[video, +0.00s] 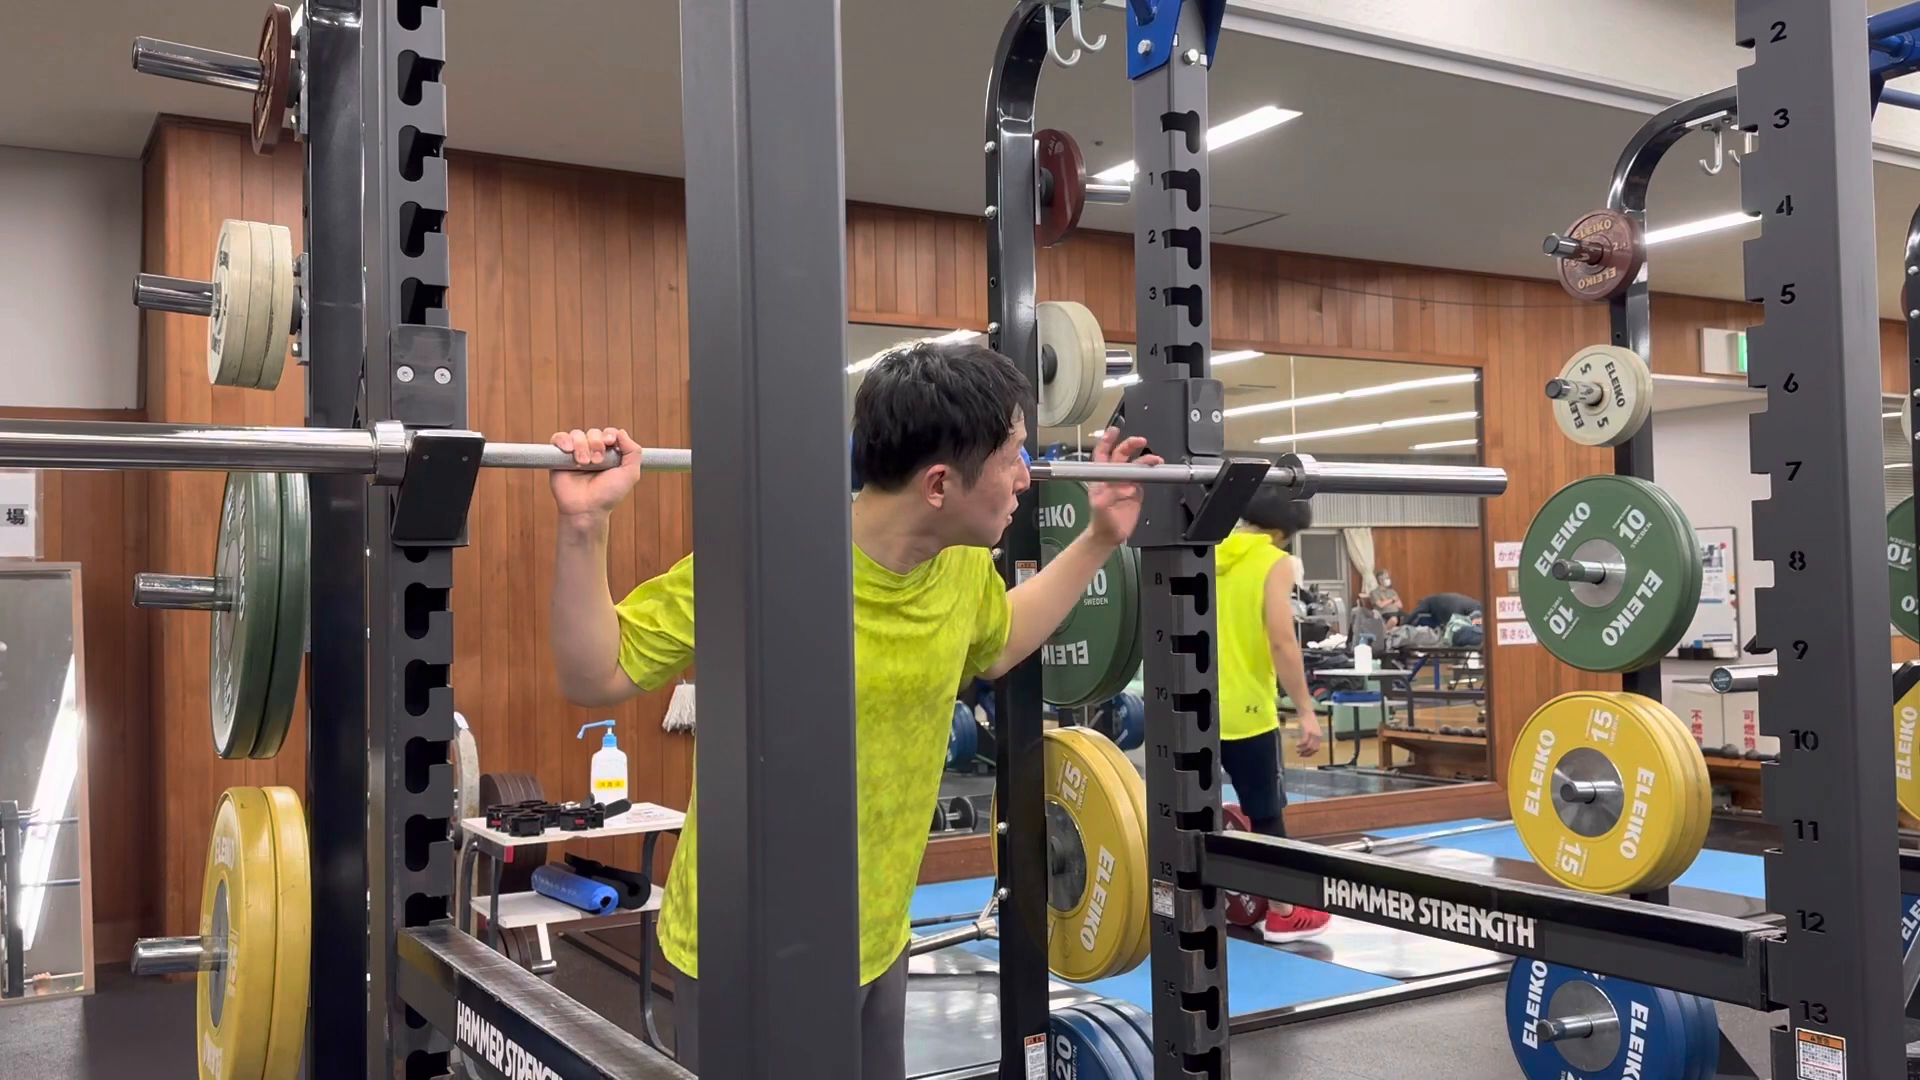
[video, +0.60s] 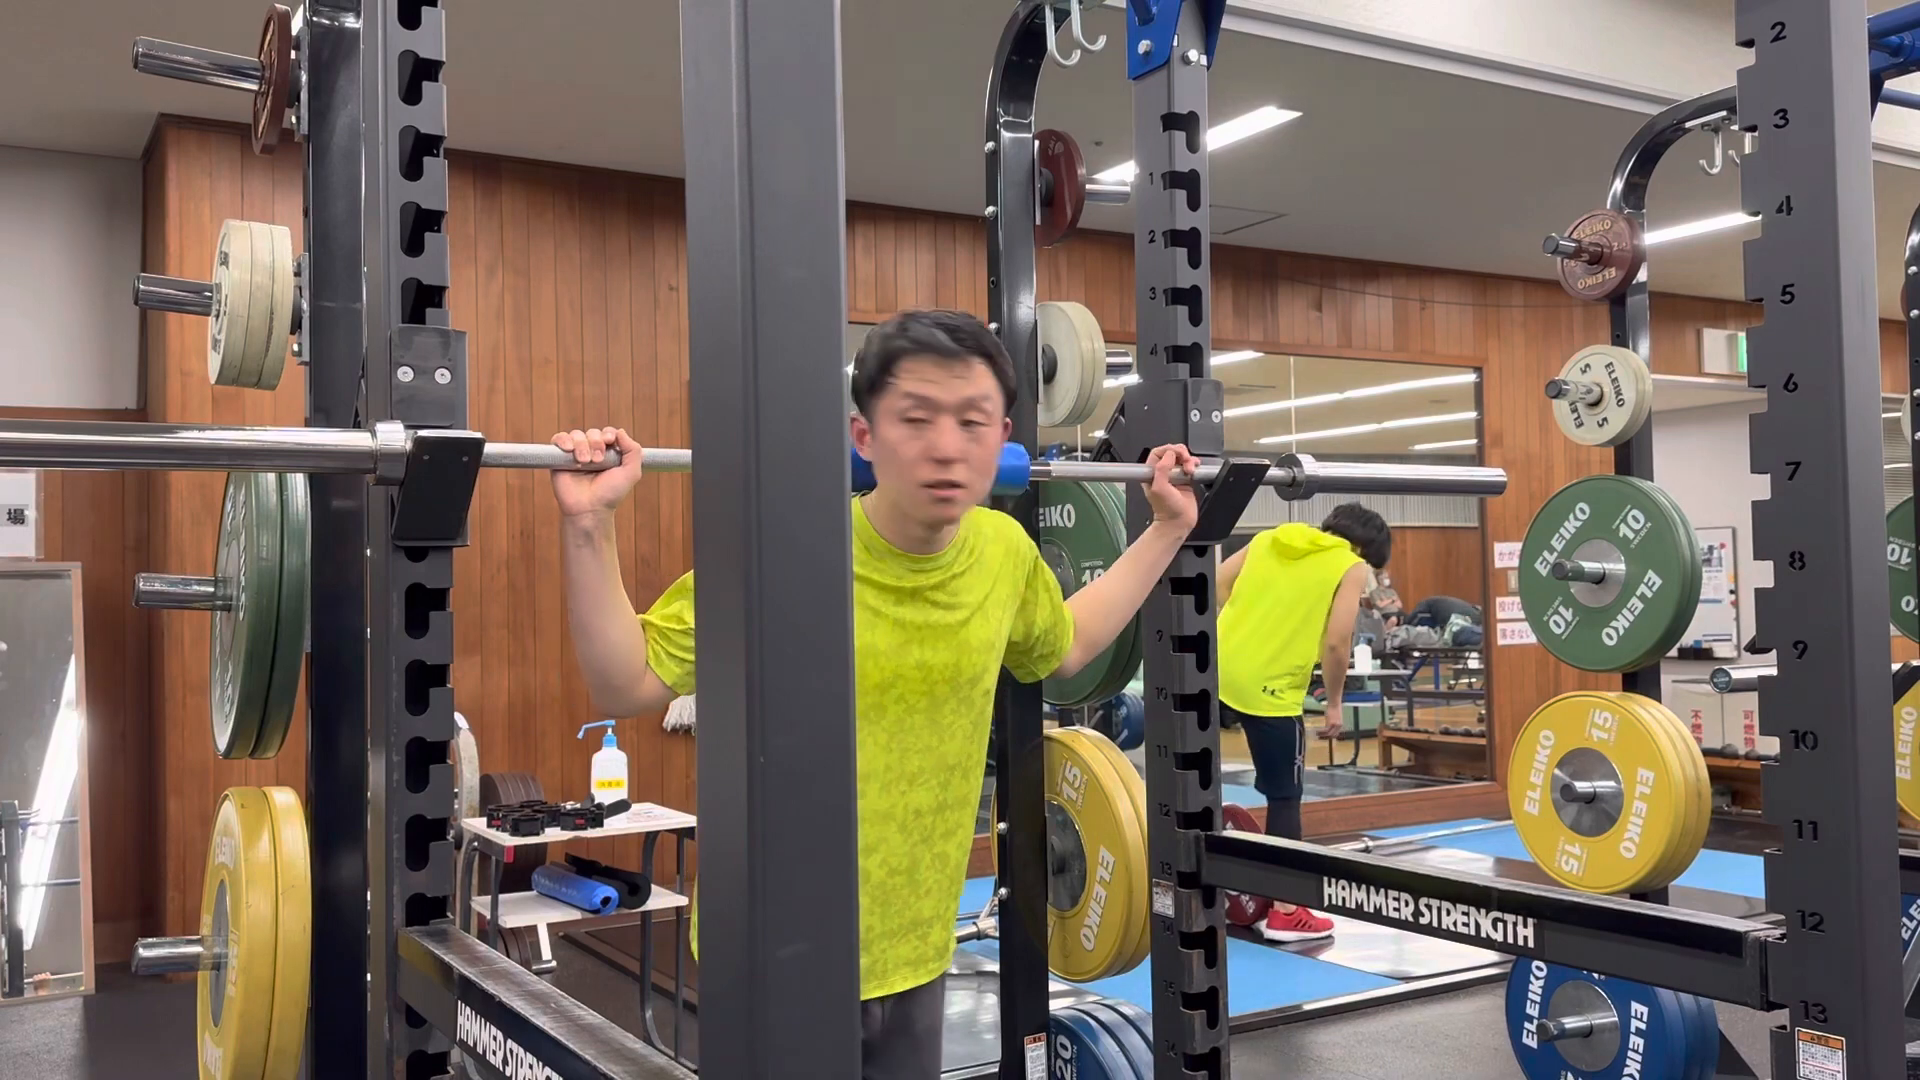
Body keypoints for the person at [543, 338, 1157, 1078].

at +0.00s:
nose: (1026, 476)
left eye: (1022, 453)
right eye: (1011, 457)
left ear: (941, 486)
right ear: (938, 484)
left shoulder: (965, 569)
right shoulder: (770, 561)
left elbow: (994, 648)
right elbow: (595, 675)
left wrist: (1102, 538)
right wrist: (581, 527)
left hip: (875, 952)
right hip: (742, 959)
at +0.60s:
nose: (948, 449)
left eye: (974, 420)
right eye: (916, 418)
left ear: (1002, 436)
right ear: (863, 435)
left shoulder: (1002, 552)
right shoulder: (788, 549)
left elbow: (1059, 647)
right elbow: (630, 688)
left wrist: (1167, 533)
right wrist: (587, 527)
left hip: (915, 961)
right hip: (777, 966)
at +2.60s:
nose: (960, 430)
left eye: (982, 400)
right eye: (929, 399)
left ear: (1003, 399)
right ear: (863, 398)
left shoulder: (1009, 501)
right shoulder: (796, 502)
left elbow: (1052, 599)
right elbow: (632, 620)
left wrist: (1162, 503)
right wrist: (584, 479)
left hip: (986, 932)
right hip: (844, 952)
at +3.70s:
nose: (1037, 455)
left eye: (1057, 422)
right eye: (1004, 424)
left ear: (1076, 417)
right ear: (924, 419)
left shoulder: (1072, 524)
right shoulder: (842, 532)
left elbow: (1089, 621)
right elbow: (671, 658)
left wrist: (1206, 520)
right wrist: (631, 521)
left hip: (1036, 973)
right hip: (874, 994)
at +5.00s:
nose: (1129, 431)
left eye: (1143, 397)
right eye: (1088, 397)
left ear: (1161, 409)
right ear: (997, 420)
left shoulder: (1150, 551)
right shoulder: (892, 561)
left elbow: (1184, 662)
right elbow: (715, 700)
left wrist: (1299, 548)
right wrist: (675, 550)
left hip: (1111, 1016)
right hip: (924, 1033)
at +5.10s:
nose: (1133, 485)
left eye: (1147, 453)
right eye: (1092, 454)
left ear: (1164, 461)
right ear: (999, 476)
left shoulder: (1151, 599)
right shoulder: (894, 608)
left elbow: (1183, 711)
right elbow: (719, 761)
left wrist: (1298, 598)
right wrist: (677, 612)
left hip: (1091, 1025)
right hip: (914, 1037)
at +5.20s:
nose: (1141, 559)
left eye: (1155, 527)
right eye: (1099, 528)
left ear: (1170, 535)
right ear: (1007, 546)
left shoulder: (1161, 667)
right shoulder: (905, 683)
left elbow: (1193, 768)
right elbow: (729, 834)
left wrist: (1308, 652)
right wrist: (681, 686)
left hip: (1079, 1050)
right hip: (911, 1052)